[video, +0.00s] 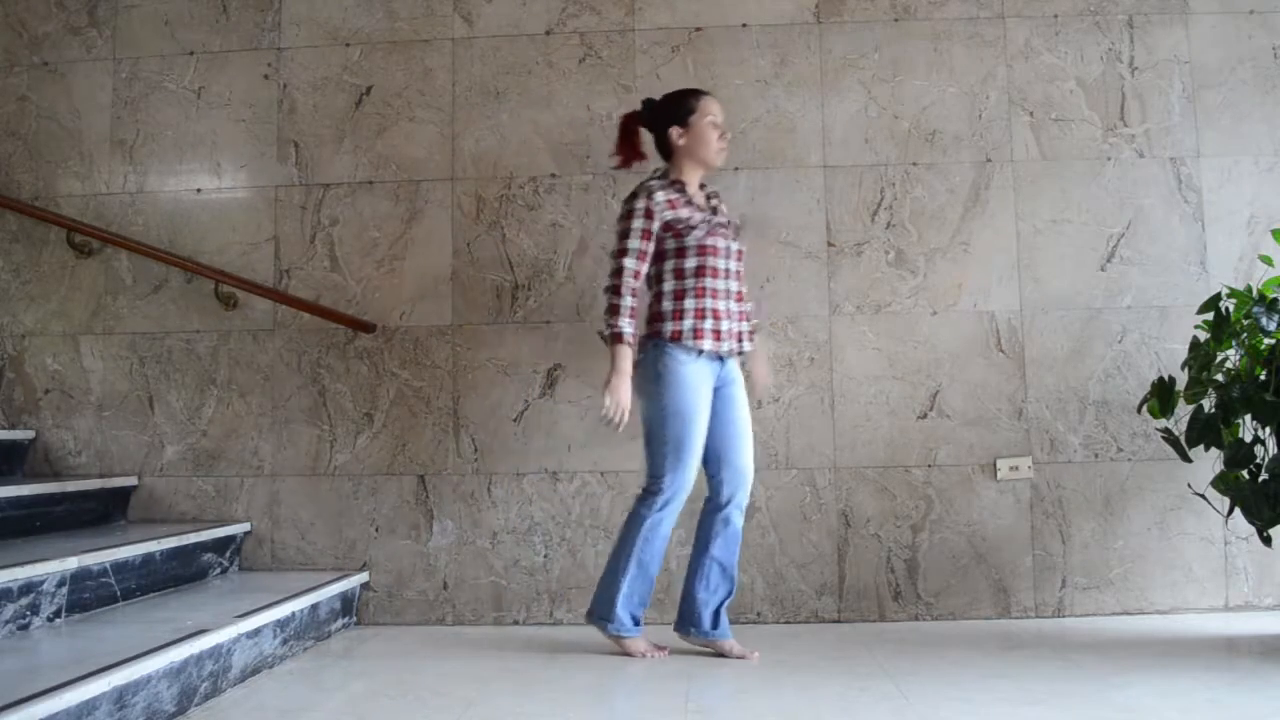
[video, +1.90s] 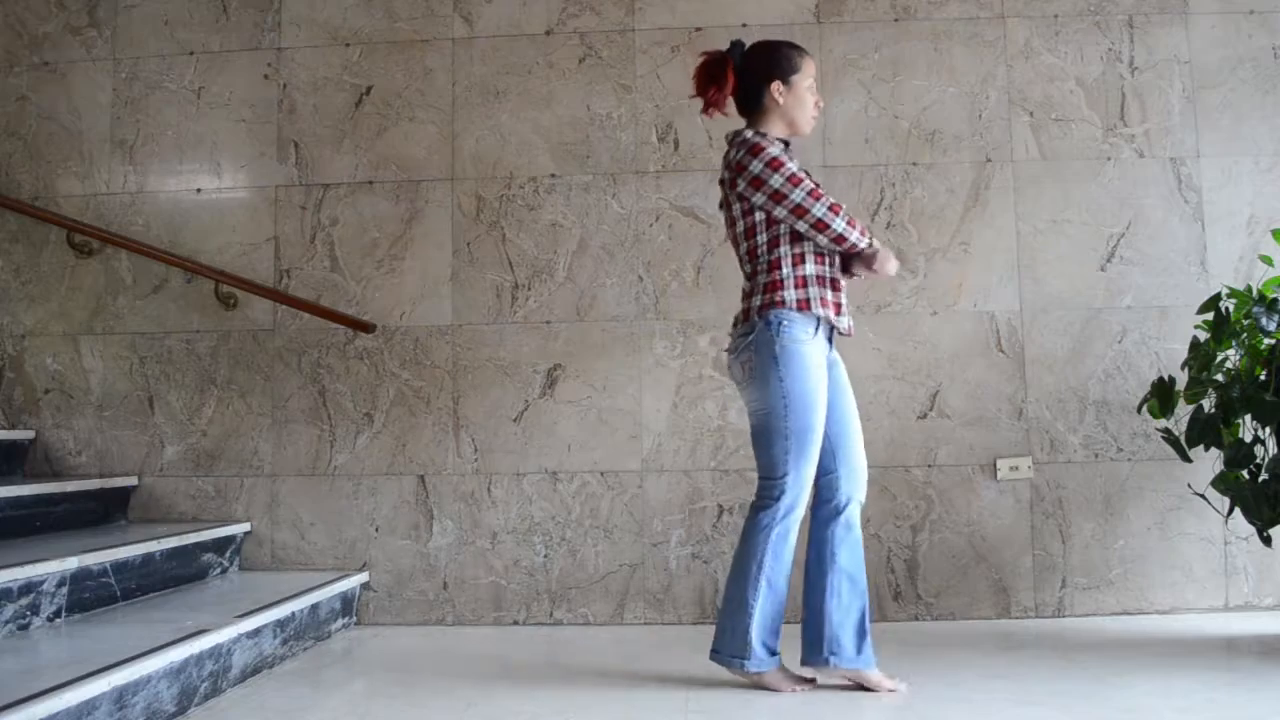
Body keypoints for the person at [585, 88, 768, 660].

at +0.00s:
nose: (725, 134)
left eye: (724, 125)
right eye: (713, 125)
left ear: (702, 138)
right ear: (677, 136)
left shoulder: (717, 209)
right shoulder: (651, 199)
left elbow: (732, 287)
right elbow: (628, 283)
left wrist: (750, 348)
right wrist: (620, 369)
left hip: (727, 362)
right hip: (678, 357)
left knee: (734, 486)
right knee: (668, 486)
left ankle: (705, 621)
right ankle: (617, 615)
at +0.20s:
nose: (750, 128)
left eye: (748, 119)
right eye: (740, 119)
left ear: (720, 131)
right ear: (705, 129)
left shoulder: (732, 193)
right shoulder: (685, 181)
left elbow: (729, 274)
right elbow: (643, 261)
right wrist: (647, 337)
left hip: (738, 354)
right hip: (696, 350)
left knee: (739, 483)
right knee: (745, 478)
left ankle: (707, 622)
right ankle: (667, 603)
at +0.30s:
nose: (759, 129)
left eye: (758, 120)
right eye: (748, 119)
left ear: (722, 131)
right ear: (712, 128)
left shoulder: (730, 190)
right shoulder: (698, 178)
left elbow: (705, 273)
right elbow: (649, 258)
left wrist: (670, 330)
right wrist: (657, 313)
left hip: (726, 350)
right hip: (707, 347)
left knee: (731, 480)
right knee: (772, 468)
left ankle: (699, 614)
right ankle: (722, 616)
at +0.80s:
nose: (781, 133)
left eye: (781, 124)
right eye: (771, 122)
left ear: (739, 132)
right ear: (734, 128)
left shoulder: (728, 187)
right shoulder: (737, 179)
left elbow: (706, 276)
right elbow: (729, 254)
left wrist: (686, 355)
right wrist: (727, 332)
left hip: (709, 348)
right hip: (735, 346)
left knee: (735, 487)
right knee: (805, 469)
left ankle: (701, 621)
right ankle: (798, 624)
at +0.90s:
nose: (784, 130)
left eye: (784, 120)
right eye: (774, 119)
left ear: (735, 129)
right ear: (737, 124)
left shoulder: (721, 179)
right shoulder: (744, 173)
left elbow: (720, 258)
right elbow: (761, 243)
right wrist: (783, 318)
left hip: (701, 347)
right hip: (731, 340)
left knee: (730, 488)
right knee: (801, 469)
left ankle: (702, 621)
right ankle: (800, 629)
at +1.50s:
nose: (806, 108)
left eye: (805, 97)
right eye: (797, 96)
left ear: (758, 104)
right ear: (763, 101)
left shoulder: (742, 168)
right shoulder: (761, 159)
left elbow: (786, 259)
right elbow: (818, 247)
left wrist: (840, 309)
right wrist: (841, 300)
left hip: (767, 339)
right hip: (768, 339)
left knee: (832, 482)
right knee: (782, 495)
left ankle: (755, 633)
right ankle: (745, 658)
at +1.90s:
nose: (819, 101)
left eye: (817, 88)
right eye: (811, 86)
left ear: (775, 93)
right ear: (778, 91)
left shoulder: (776, 158)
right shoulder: (753, 152)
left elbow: (805, 242)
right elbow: (821, 214)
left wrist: (858, 252)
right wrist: (870, 249)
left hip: (815, 334)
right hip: (781, 331)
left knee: (843, 491)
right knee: (786, 492)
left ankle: (839, 652)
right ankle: (747, 652)